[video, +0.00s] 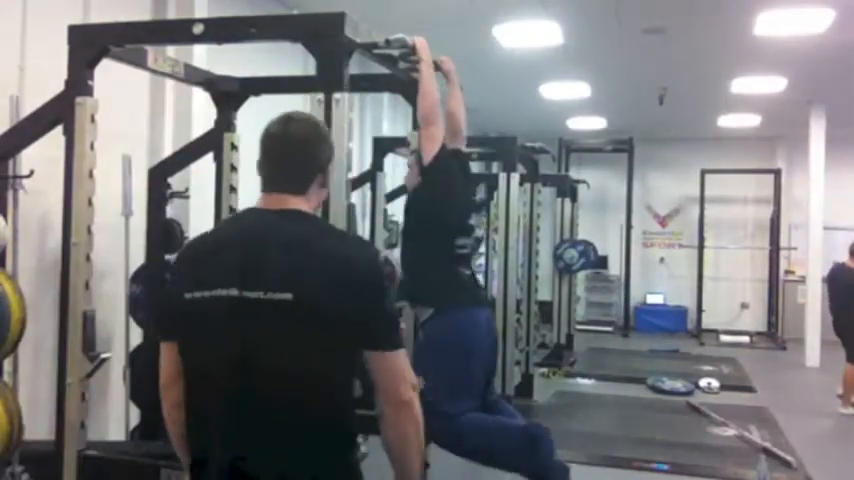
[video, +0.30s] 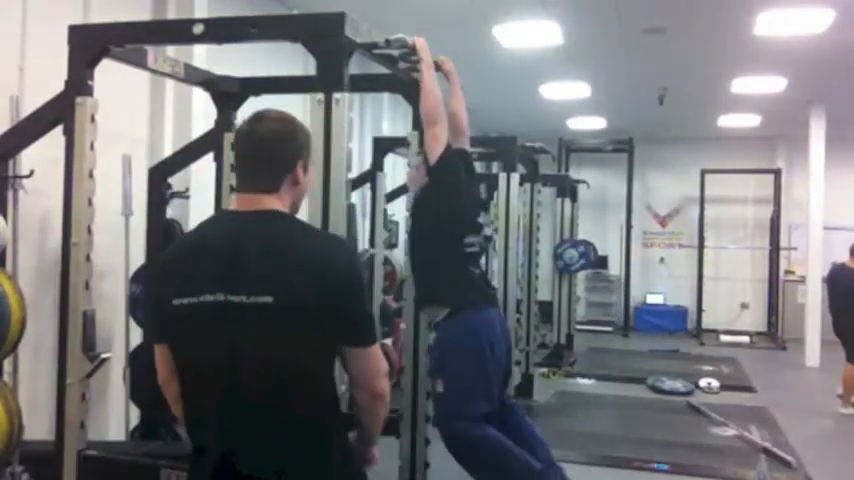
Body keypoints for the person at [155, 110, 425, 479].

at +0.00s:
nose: (332, 179)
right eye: (331, 170)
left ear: (262, 170)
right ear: (323, 176)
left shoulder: (195, 257)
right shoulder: (355, 260)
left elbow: (171, 388)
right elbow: (399, 397)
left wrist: (192, 464)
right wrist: (410, 473)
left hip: (221, 466)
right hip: (322, 466)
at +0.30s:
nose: (310, 179)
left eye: (309, 169)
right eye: (310, 169)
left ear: (238, 167)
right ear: (299, 173)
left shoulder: (175, 261)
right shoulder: (328, 256)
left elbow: (169, 380)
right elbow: (373, 384)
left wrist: (204, 440)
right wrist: (367, 442)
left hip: (216, 462)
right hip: (309, 462)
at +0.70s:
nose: (330, 177)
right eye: (329, 167)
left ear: (264, 170)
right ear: (323, 178)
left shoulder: (202, 256)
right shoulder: (351, 263)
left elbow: (181, 378)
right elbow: (390, 391)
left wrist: (198, 455)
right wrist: (407, 466)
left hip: (234, 463)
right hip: (329, 463)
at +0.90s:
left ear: (296, 169)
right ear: (357, 182)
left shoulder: (235, 257)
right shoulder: (384, 264)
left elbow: (212, 376)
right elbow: (424, 394)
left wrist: (225, 453)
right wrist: (434, 471)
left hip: (265, 459)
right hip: (358, 462)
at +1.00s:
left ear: (317, 172)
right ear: (377, 183)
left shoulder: (258, 253)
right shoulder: (405, 266)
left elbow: (232, 377)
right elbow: (442, 398)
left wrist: (253, 450)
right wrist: (451, 471)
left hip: (283, 461)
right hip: (376, 463)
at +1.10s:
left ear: (336, 172)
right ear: (395, 185)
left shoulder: (278, 251)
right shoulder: (420, 266)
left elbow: (253, 375)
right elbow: (456, 399)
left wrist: (283, 444)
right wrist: (463, 471)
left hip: (300, 459)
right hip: (391, 463)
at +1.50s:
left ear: (383, 164)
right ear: (448, 181)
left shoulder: (321, 243)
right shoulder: (469, 266)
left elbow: (282, 359)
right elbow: (498, 401)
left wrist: (315, 417)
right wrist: (491, 472)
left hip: (323, 452)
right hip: (417, 460)